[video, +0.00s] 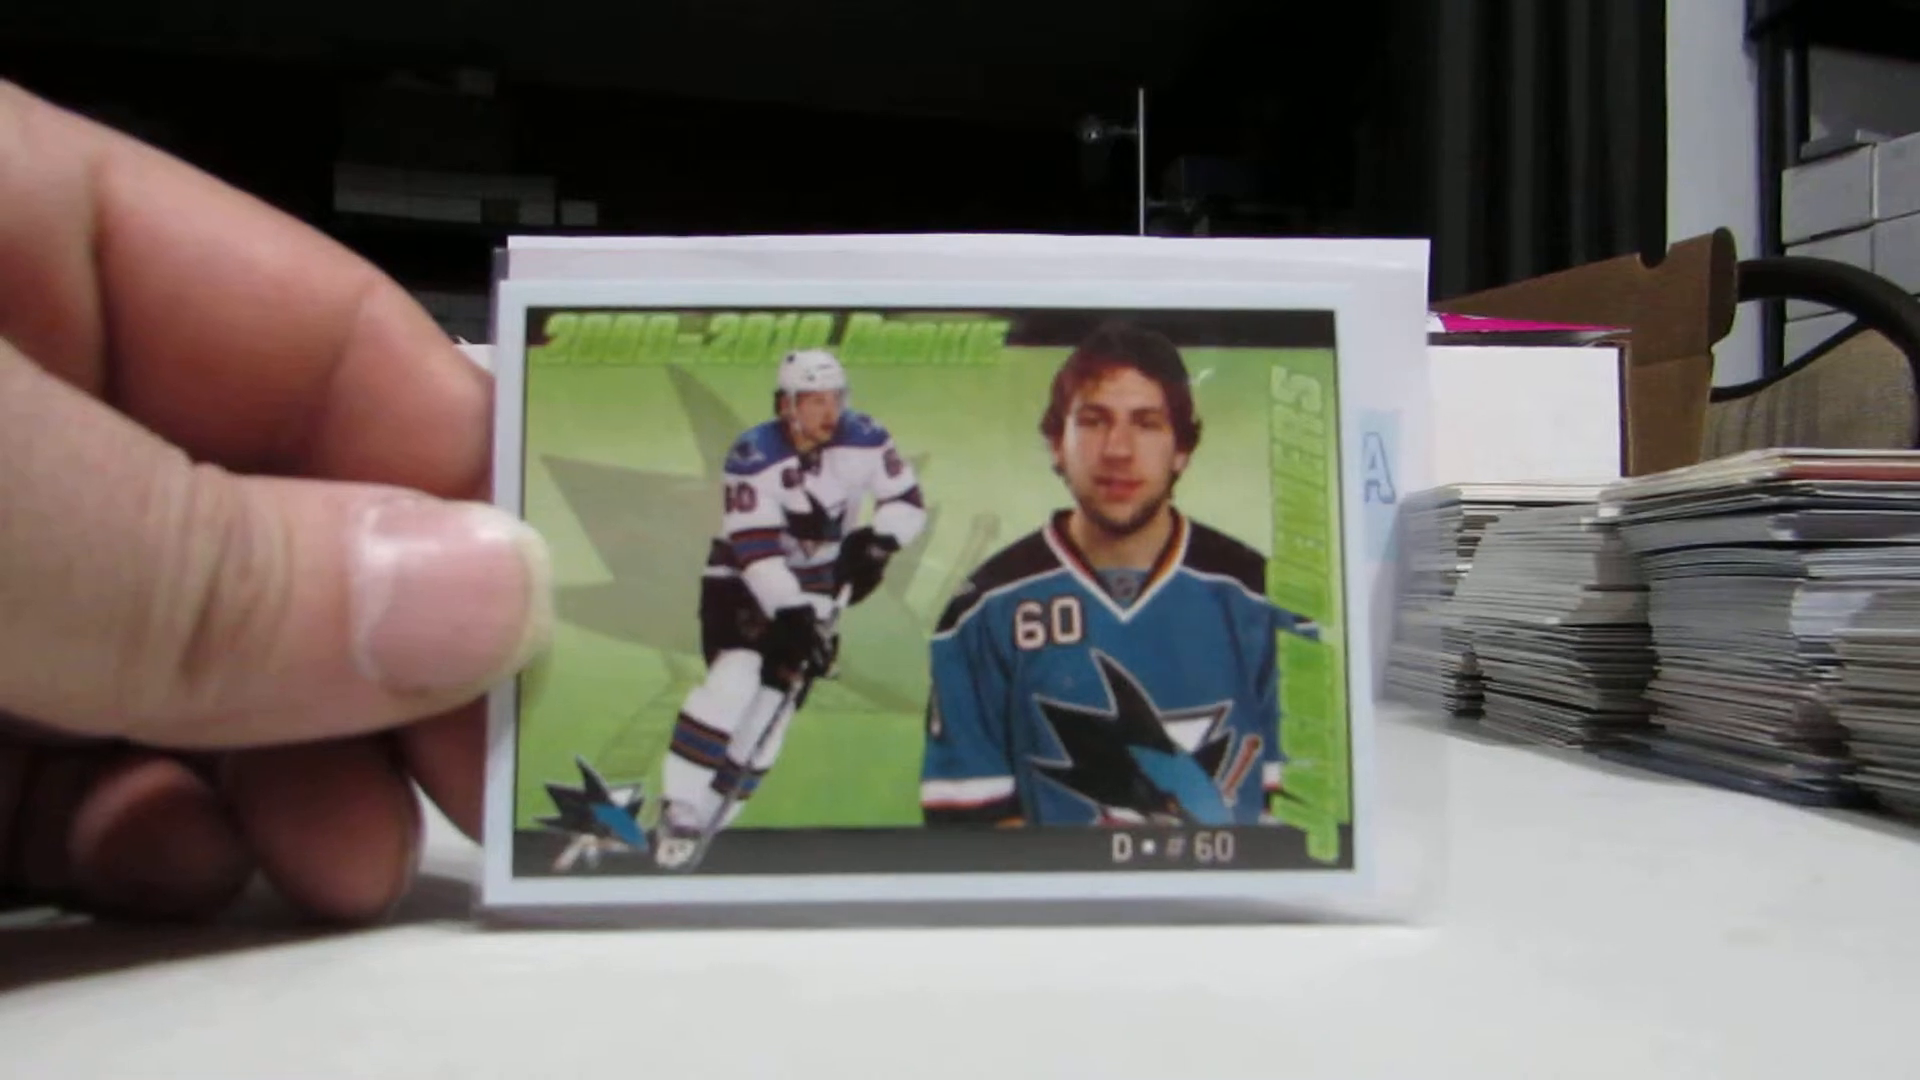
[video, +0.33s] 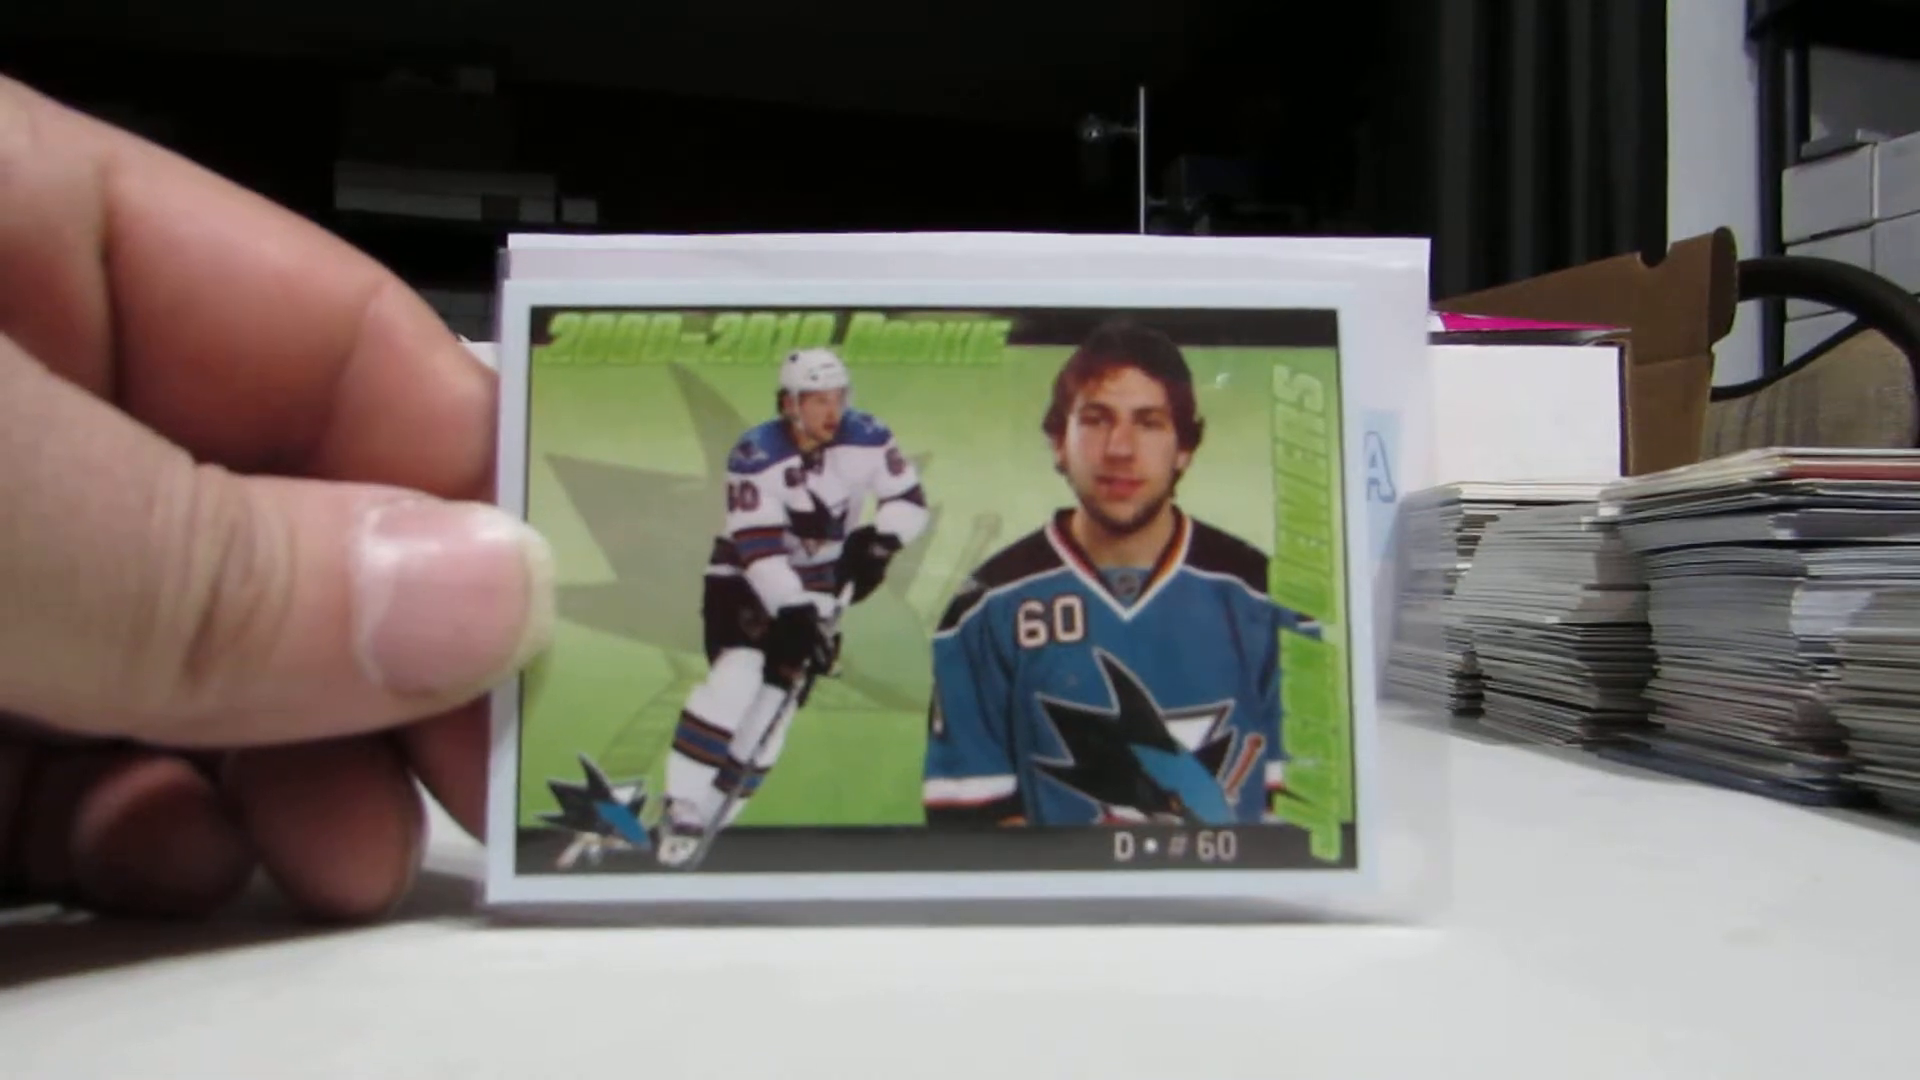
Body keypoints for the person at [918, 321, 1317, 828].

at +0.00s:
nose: (1117, 448)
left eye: (1146, 423)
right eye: (1093, 421)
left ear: (1181, 450)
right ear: (1057, 444)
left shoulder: (1259, 592)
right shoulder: (988, 608)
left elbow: (1296, 803)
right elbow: (970, 823)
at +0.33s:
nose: (1120, 447)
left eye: (1148, 422)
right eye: (1095, 419)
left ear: (1183, 450)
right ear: (1059, 443)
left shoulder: (1266, 593)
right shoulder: (990, 606)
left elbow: (1302, 805)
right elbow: (973, 821)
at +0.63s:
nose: (1130, 442)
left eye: (1159, 416)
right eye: (1105, 414)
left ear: (1195, 444)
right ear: (1068, 437)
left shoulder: (1276, 590)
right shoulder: (998, 602)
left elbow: (1314, 806)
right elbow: (977, 822)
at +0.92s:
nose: (1145, 429)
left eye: (1175, 402)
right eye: (1120, 400)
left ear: (1213, 431)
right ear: (1081, 426)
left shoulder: (1299, 583)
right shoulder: (1007, 596)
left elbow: (1338, 813)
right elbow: (983, 832)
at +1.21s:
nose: (1155, 433)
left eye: (1186, 406)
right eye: (1129, 404)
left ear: (1224, 435)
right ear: (1090, 431)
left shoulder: (1314, 591)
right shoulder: (1016, 603)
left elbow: (1353, 824)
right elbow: (994, 842)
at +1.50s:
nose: (1157, 433)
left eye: (1187, 407)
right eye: (1131, 405)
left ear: (1225, 435)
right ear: (1092, 432)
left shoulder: (1315, 590)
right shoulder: (1017, 604)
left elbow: (1356, 823)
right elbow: (998, 839)